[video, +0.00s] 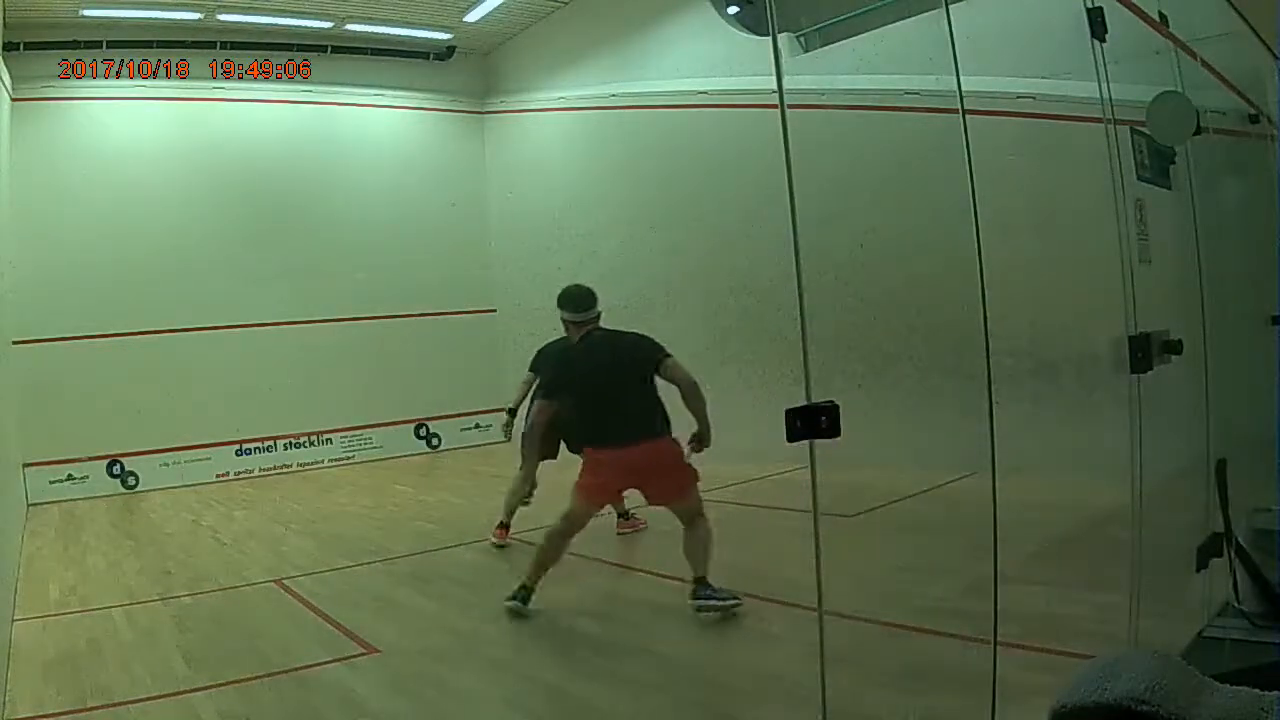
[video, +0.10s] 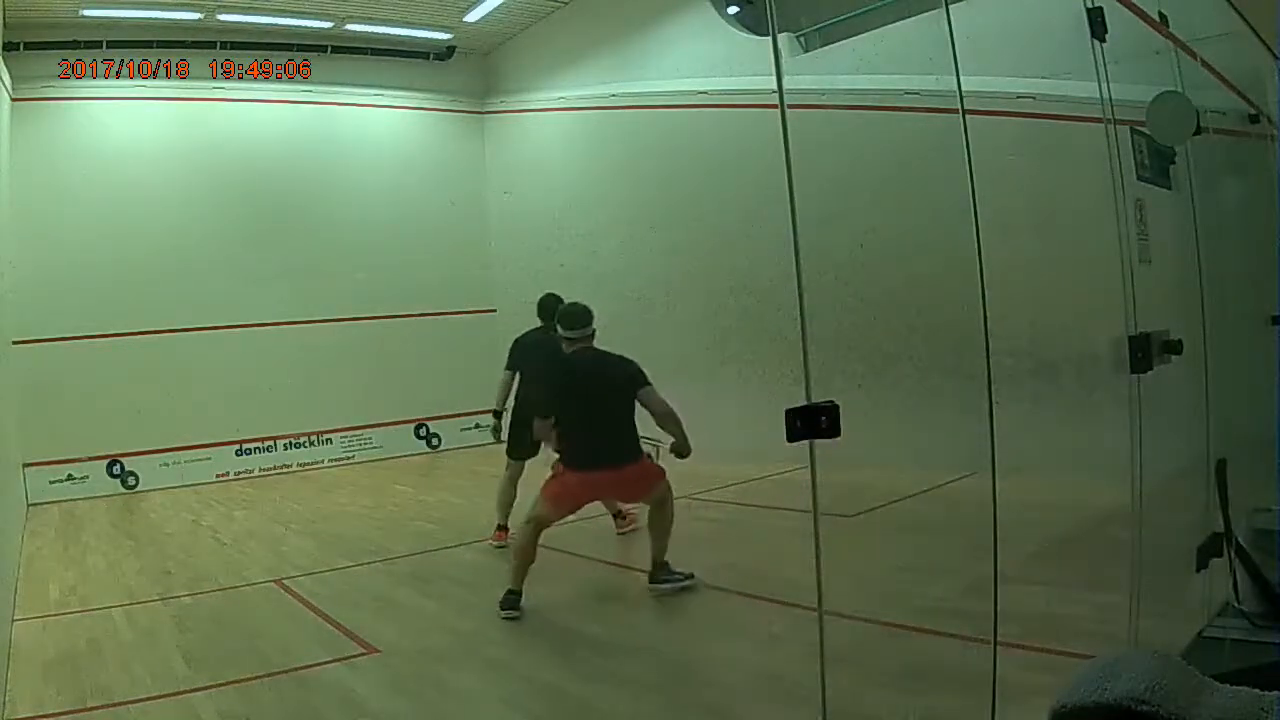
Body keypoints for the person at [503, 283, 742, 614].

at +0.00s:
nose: (563, 325)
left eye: (563, 320)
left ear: (565, 321)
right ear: (598, 315)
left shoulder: (560, 362)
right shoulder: (636, 343)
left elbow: (535, 425)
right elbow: (687, 382)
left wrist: (528, 477)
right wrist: (703, 426)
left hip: (603, 462)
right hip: (658, 454)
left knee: (567, 526)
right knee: (694, 518)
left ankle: (526, 588)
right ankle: (702, 587)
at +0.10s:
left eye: (560, 335)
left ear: (561, 336)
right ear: (593, 331)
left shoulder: (553, 374)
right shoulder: (622, 366)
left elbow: (541, 431)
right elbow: (660, 410)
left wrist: (567, 443)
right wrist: (681, 440)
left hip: (577, 478)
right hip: (630, 473)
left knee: (532, 523)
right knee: (661, 495)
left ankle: (513, 594)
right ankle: (660, 569)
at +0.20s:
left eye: (583, 320)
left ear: (581, 322)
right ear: (613, 321)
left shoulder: (569, 363)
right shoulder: (634, 361)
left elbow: (572, 406)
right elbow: (665, 407)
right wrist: (684, 431)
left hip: (579, 462)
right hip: (625, 462)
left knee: (541, 521)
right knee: (660, 476)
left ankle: (515, 585)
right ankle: (644, 543)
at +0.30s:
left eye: (621, 305)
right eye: (640, 305)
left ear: (616, 306)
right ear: (647, 307)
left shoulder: (600, 342)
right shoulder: (660, 347)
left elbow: (598, 383)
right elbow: (680, 397)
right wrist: (693, 429)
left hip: (598, 436)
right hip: (640, 441)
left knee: (567, 500)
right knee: (660, 476)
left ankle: (528, 554)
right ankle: (626, 531)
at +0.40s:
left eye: (653, 304)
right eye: (672, 306)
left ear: (646, 305)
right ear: (675, 308)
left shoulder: (628, 339)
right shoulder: (682, 349)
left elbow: (607, 386)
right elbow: (694, 399)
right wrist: (709, 434)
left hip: (618, 430)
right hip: (657, 438)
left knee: (593, 489)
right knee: (638, 499)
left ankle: (555, 530)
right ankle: (608, 542)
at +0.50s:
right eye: (705, 304)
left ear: (681, 305)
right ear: (709, 306)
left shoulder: (661, 336)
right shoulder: (717, 346)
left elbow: (620, 370)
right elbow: (733, 396)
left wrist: (630, 406)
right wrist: (744, 427)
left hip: (651, 419)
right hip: (682, 427)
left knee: (662, 465)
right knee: (653, 492)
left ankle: (623, 502)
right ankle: (610, 538)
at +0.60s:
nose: (735, 295)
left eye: (726, 291)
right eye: (739, 291)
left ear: (716, 291)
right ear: (744, 292)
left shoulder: (698, 320)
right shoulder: (750, 328)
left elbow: (656, 348)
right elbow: (772, 377)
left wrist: (652, 389)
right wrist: (793, 409)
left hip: (691, 401)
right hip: (718, 407)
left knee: (724, 443)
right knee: (684, 471)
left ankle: (713, 501)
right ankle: (635, 517)